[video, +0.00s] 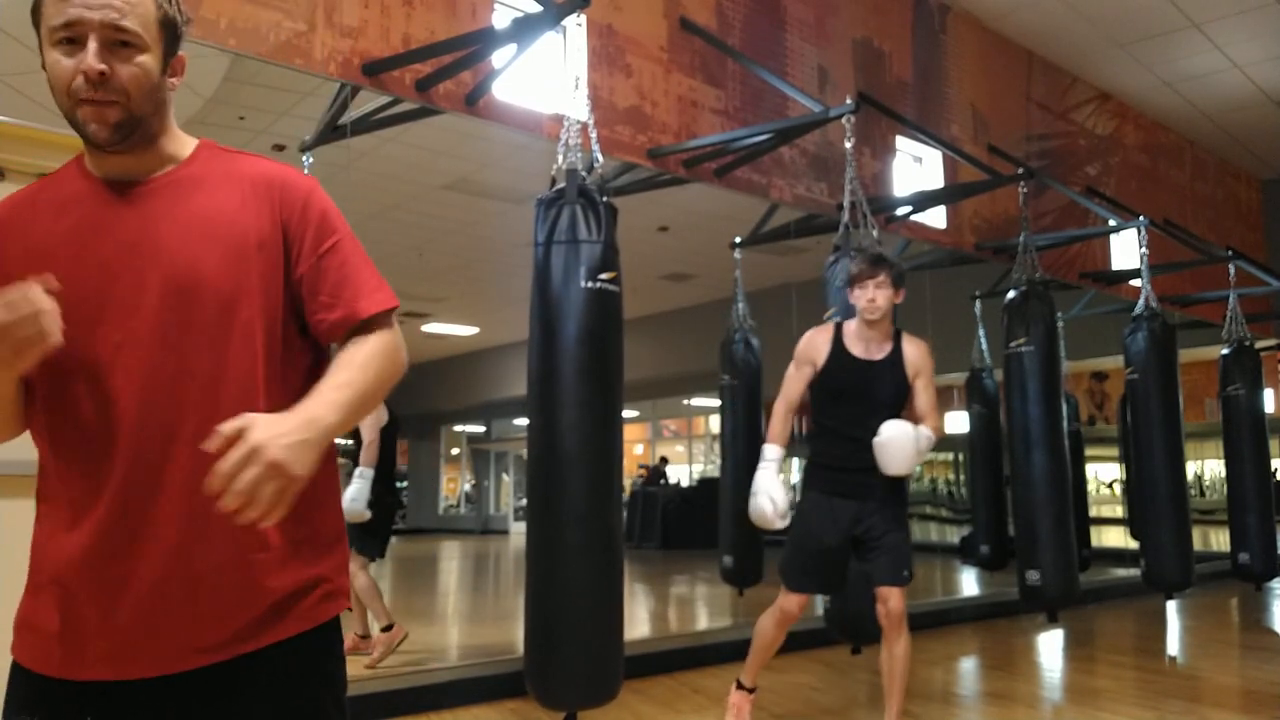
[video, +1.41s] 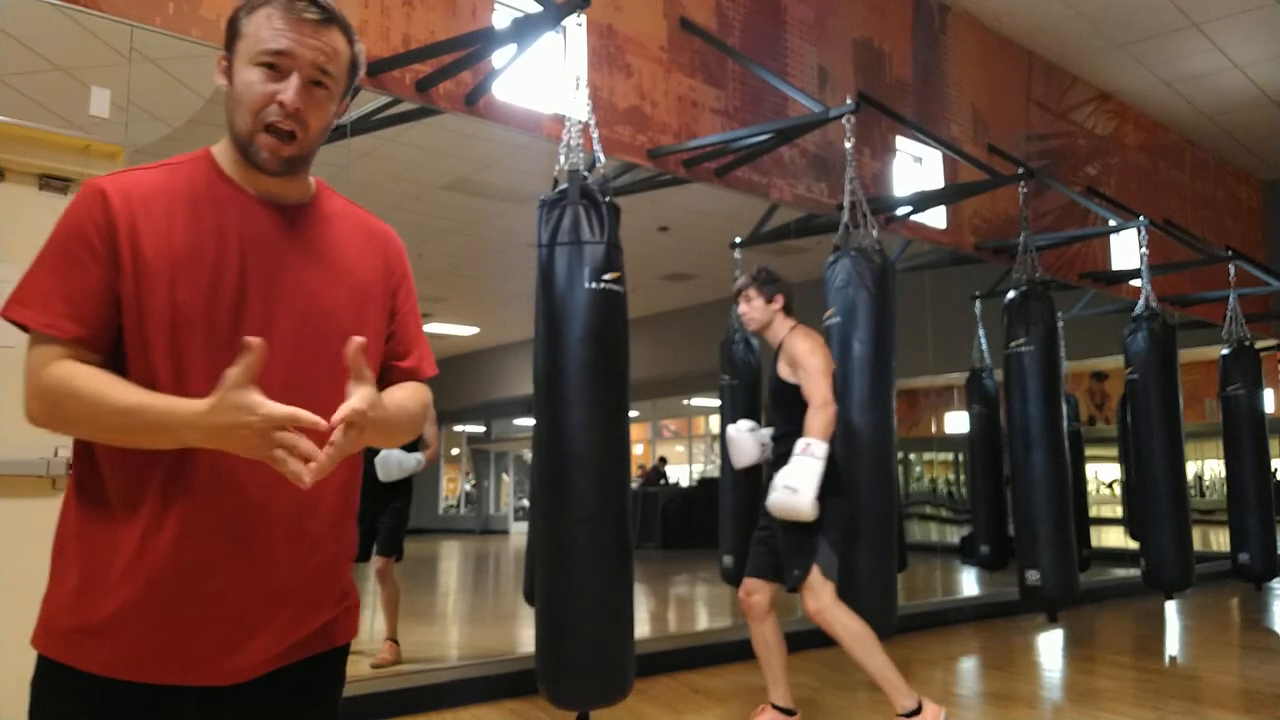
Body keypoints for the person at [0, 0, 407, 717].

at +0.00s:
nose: (91, 66)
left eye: (120, 44)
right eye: (68, 42)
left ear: (172, 69)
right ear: (44, 63)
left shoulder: (279, 197)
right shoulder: (15, 226)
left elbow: (381, 342)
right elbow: (4, 424)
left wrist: (308, 426)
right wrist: (4, 364)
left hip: (270, 635)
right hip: (78, 636)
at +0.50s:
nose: (128, 56)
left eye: (157, 39)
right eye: (103, 31)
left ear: (195, 70)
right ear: (64, 50)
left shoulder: (274, 213)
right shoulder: (8, 200)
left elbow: (358, 375)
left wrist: (302, 320)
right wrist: (31, 335)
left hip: (247, 634)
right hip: (44, 642)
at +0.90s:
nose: (188, 88)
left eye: (219, 70)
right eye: (166, 57)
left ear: (246, 91)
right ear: (118, 59)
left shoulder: (296, 232)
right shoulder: (21, 208)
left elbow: (334, 409)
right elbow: (3, 398)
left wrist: (326, 346)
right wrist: (78, 356)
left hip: (244, 652)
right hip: (51, 655)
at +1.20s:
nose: (259, 92)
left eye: (290, 78)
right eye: (241, 61)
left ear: (313, 103)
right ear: (195, 61)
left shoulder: (355, 243)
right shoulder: (82, 210)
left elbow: (401, 391)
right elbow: (7, 381)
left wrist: (381, 423)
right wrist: (145, 423)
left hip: (277, 658)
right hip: (91, 653)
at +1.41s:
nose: (289, 99)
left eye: (318, 84)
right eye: (270, 68)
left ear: (341, 106)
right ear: (225, 72)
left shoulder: (376, 248)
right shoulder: (117, 208)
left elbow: (416, 400)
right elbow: (47, 387)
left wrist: (374, 419)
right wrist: (202, 422)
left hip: (295, 651)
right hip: (116, 646)